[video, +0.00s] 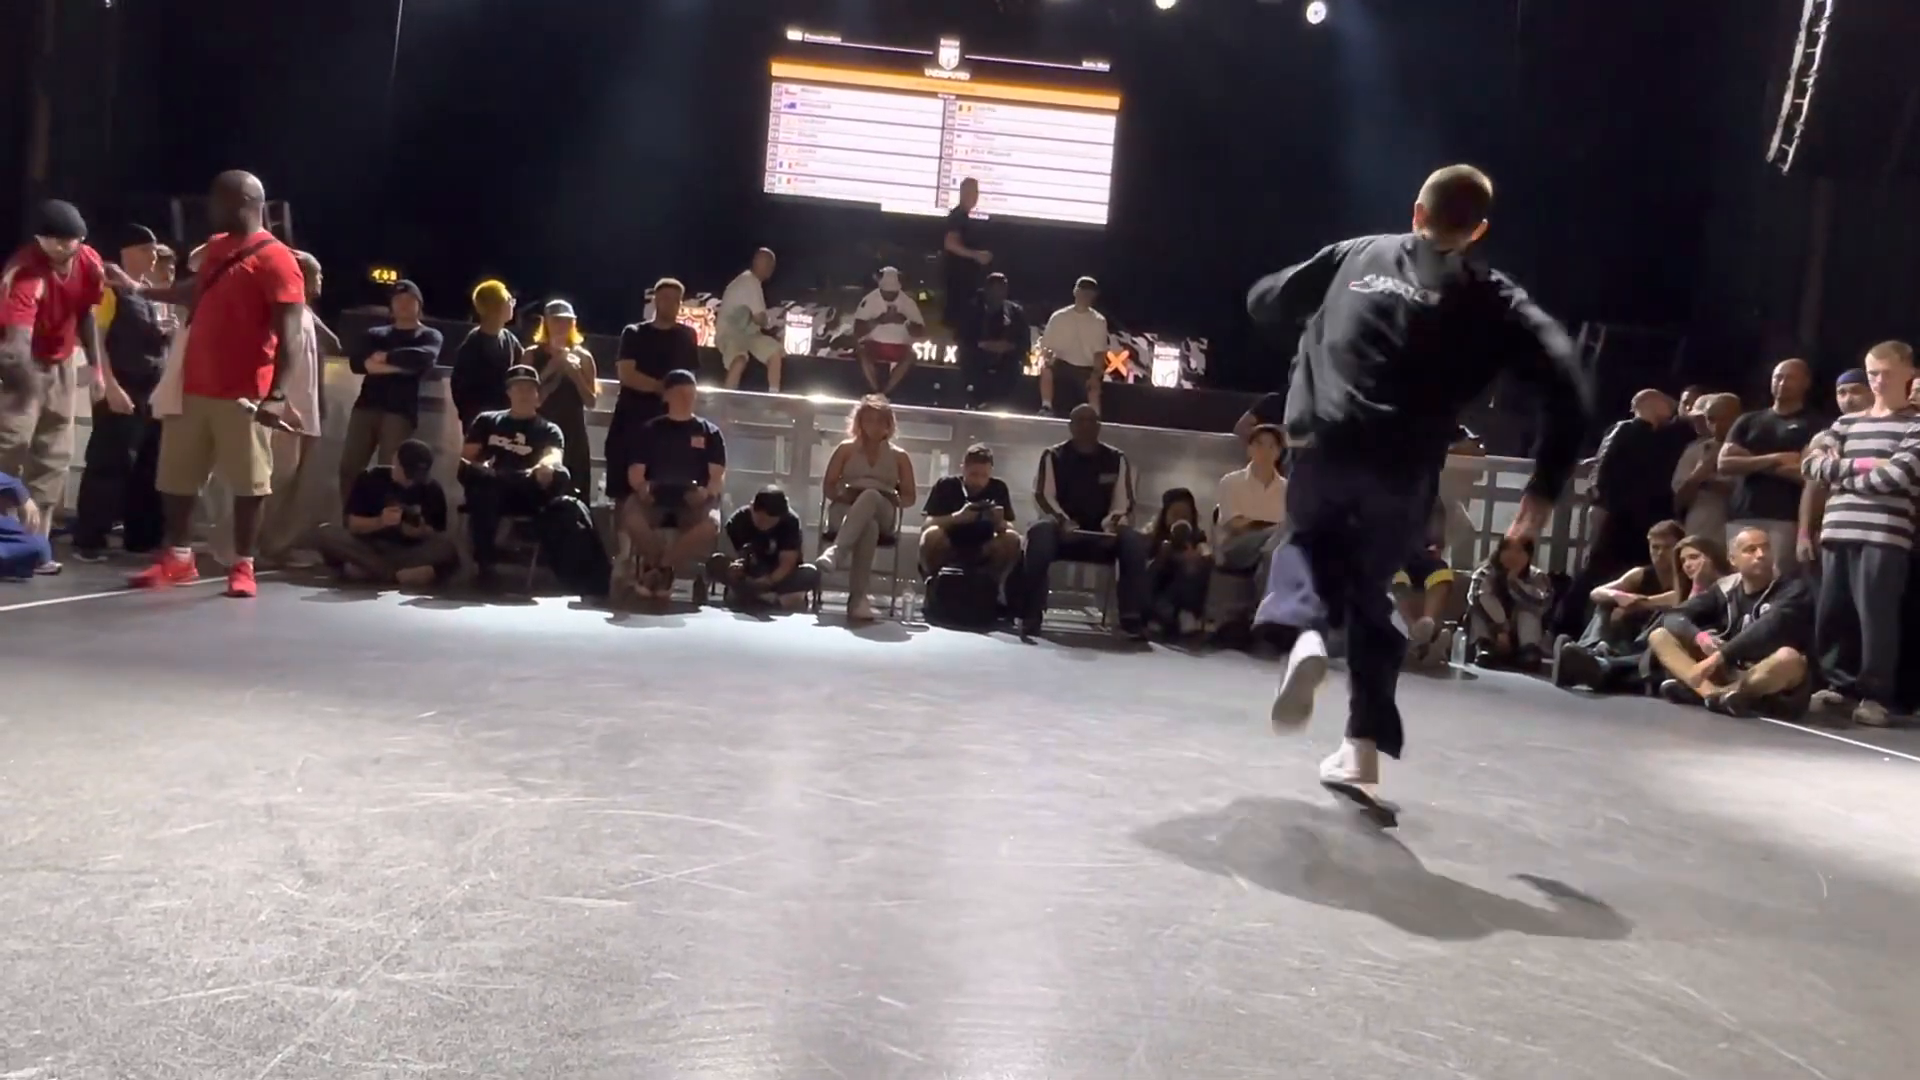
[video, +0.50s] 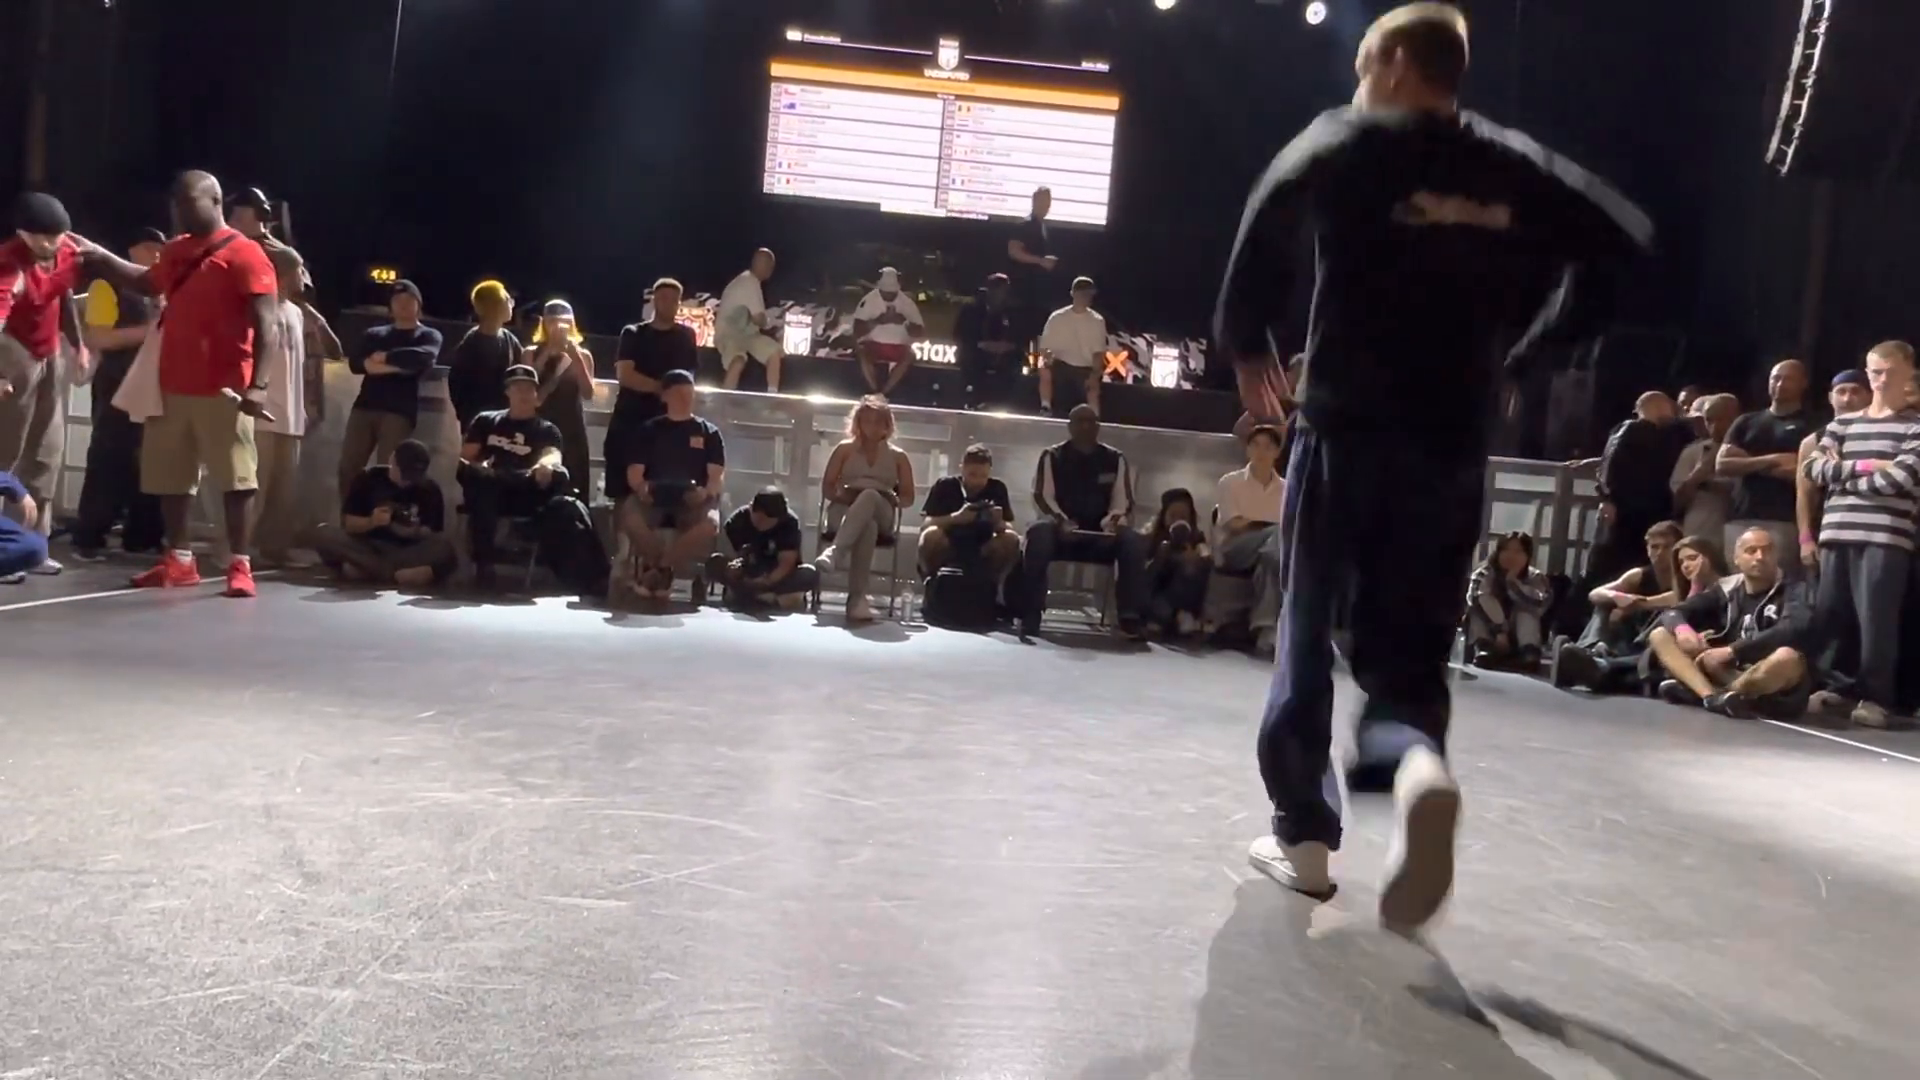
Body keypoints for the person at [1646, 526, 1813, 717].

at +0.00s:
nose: (1760, 555)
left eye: (1765, 548)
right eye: (1750, 550)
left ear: (1772, 553)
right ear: (1734, 559)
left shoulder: (1793, 590)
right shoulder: (1724, 589)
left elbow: (1769, 629)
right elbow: (1673, 617)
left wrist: (1717, 659)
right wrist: (1698, 636)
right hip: (1726, 672)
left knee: (1789, 658)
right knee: (1659, 636)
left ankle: (1706, 694)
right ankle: (1713, 694)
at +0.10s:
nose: (1761, 555)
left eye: (1766, 548)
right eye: (1751, 550)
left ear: (1773, 553)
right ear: (1735, 558)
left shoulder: (1794, 589)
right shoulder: (1725, 588)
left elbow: (1770, 628)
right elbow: (1677, 617)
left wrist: (1721, 655)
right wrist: (1696, 637)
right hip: (1725, 669)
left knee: (1789, 658)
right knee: (1659, 636)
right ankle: (1713, 693)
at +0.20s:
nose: (1760, 556)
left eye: (1766, 549)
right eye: (1751, 550)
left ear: (1775, 554)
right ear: (1736, 558)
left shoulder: (1794, 589)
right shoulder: (1726, 587)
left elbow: (1770, 627)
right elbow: (1679, 616)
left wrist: (1720, 655)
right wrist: (1692, 637)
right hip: (1726, 670)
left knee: (1788, 657)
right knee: (1659, 636)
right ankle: (1711, 693)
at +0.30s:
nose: (1760, 556)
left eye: (1766, 550)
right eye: (1751, 550)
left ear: (1775, 555)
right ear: (1737, 558)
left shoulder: (1794, 589)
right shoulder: (1727, 587)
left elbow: (1772, 628)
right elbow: (1679, 616)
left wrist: (1719, 657)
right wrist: (1689, 637)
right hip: (1724, 671)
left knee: (1787, 657)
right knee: (1659, 636)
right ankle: (1711, 694)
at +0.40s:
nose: (1759, 556)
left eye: (1766, 550)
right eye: (1751, 550)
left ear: (1775, 555)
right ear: (1737, 559)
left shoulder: (1792, 588)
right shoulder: (1727, 587)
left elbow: (1783, 628)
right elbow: (1678, 616)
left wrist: (1726, 654)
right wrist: (1690, 635)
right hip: (1723, 669)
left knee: (1787, 657)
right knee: (1659, 636)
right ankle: (1710, 694)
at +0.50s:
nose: (1759, 557)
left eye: (1766, 550)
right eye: (1751, 551)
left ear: (1775, 556)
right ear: (1737, 559)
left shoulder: (1793, 589)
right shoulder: (1726, 589)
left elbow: (1792, 629)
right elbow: (1672, 614)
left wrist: (1732, 650)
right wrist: (1682, 630)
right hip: (1726, 672)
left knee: (1787, 658)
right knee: (1659, 636)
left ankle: (1723, 696)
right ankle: (1710, 696)